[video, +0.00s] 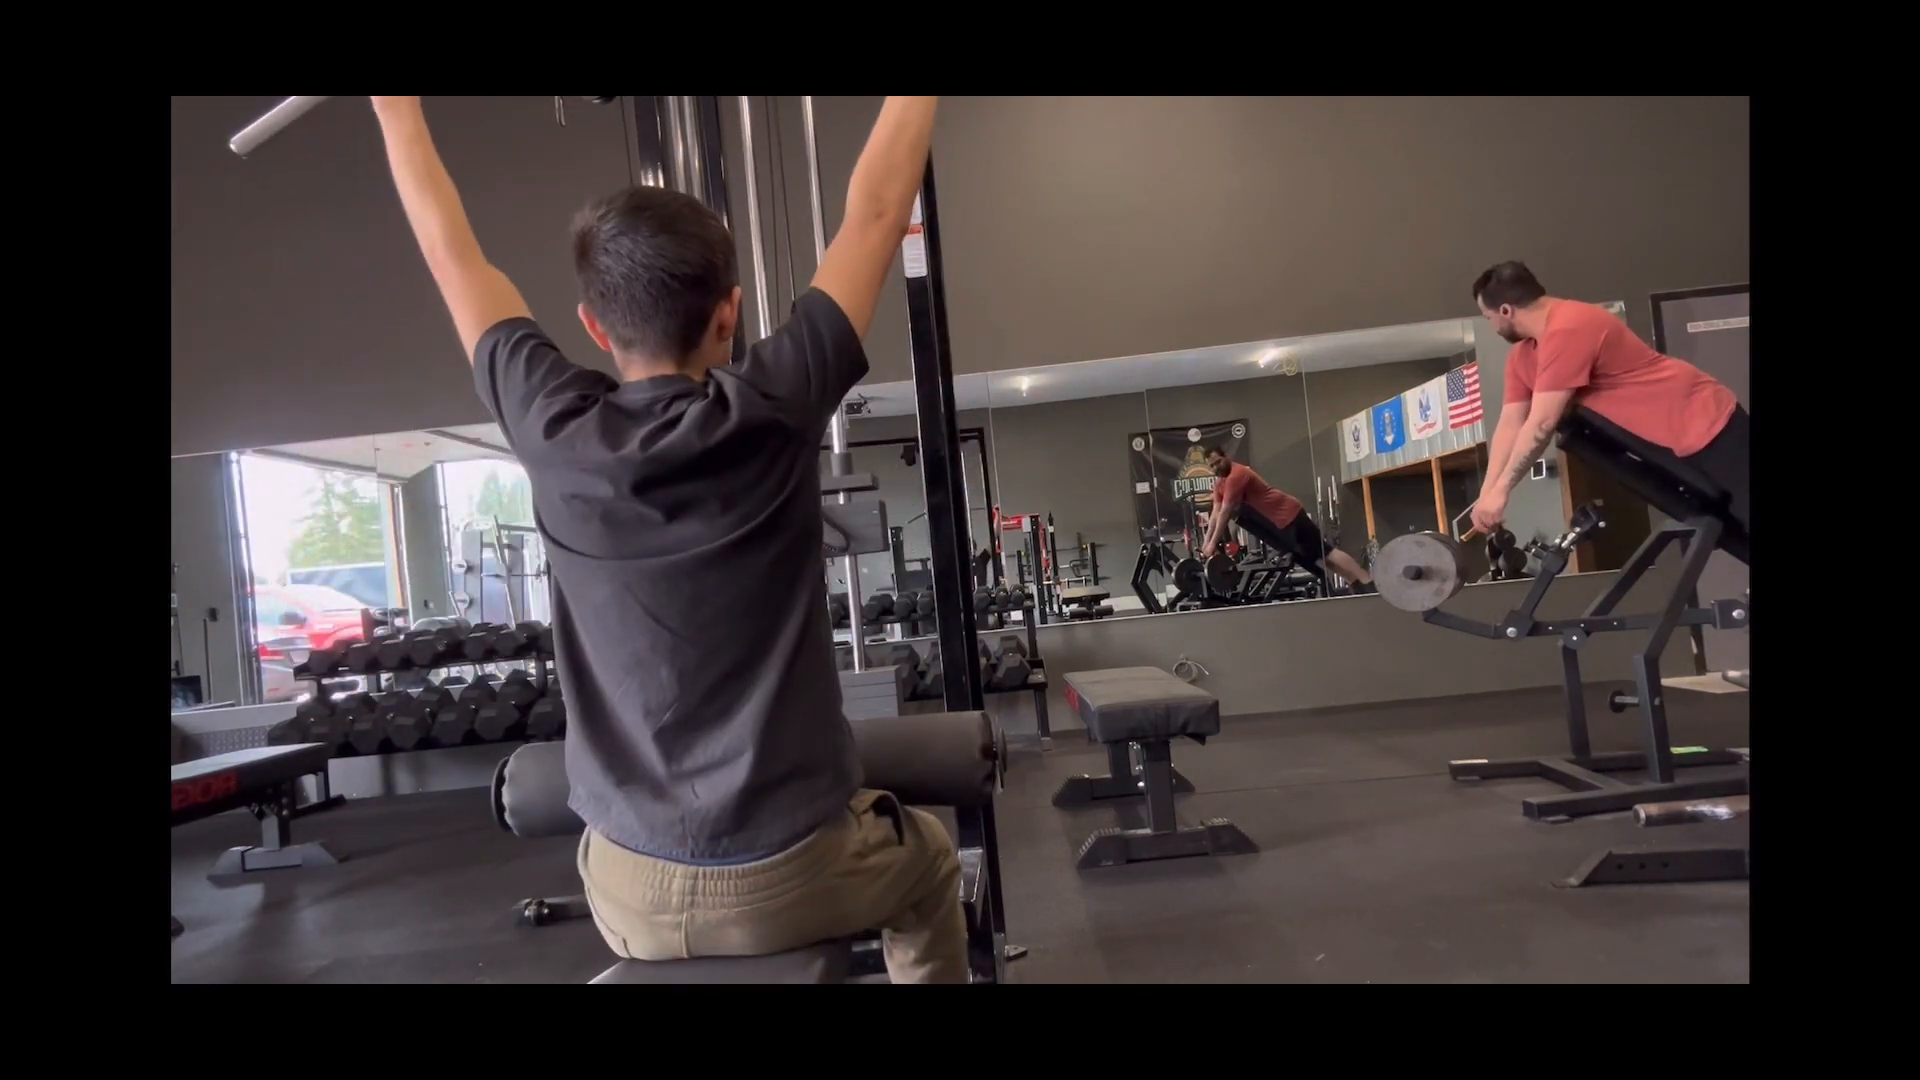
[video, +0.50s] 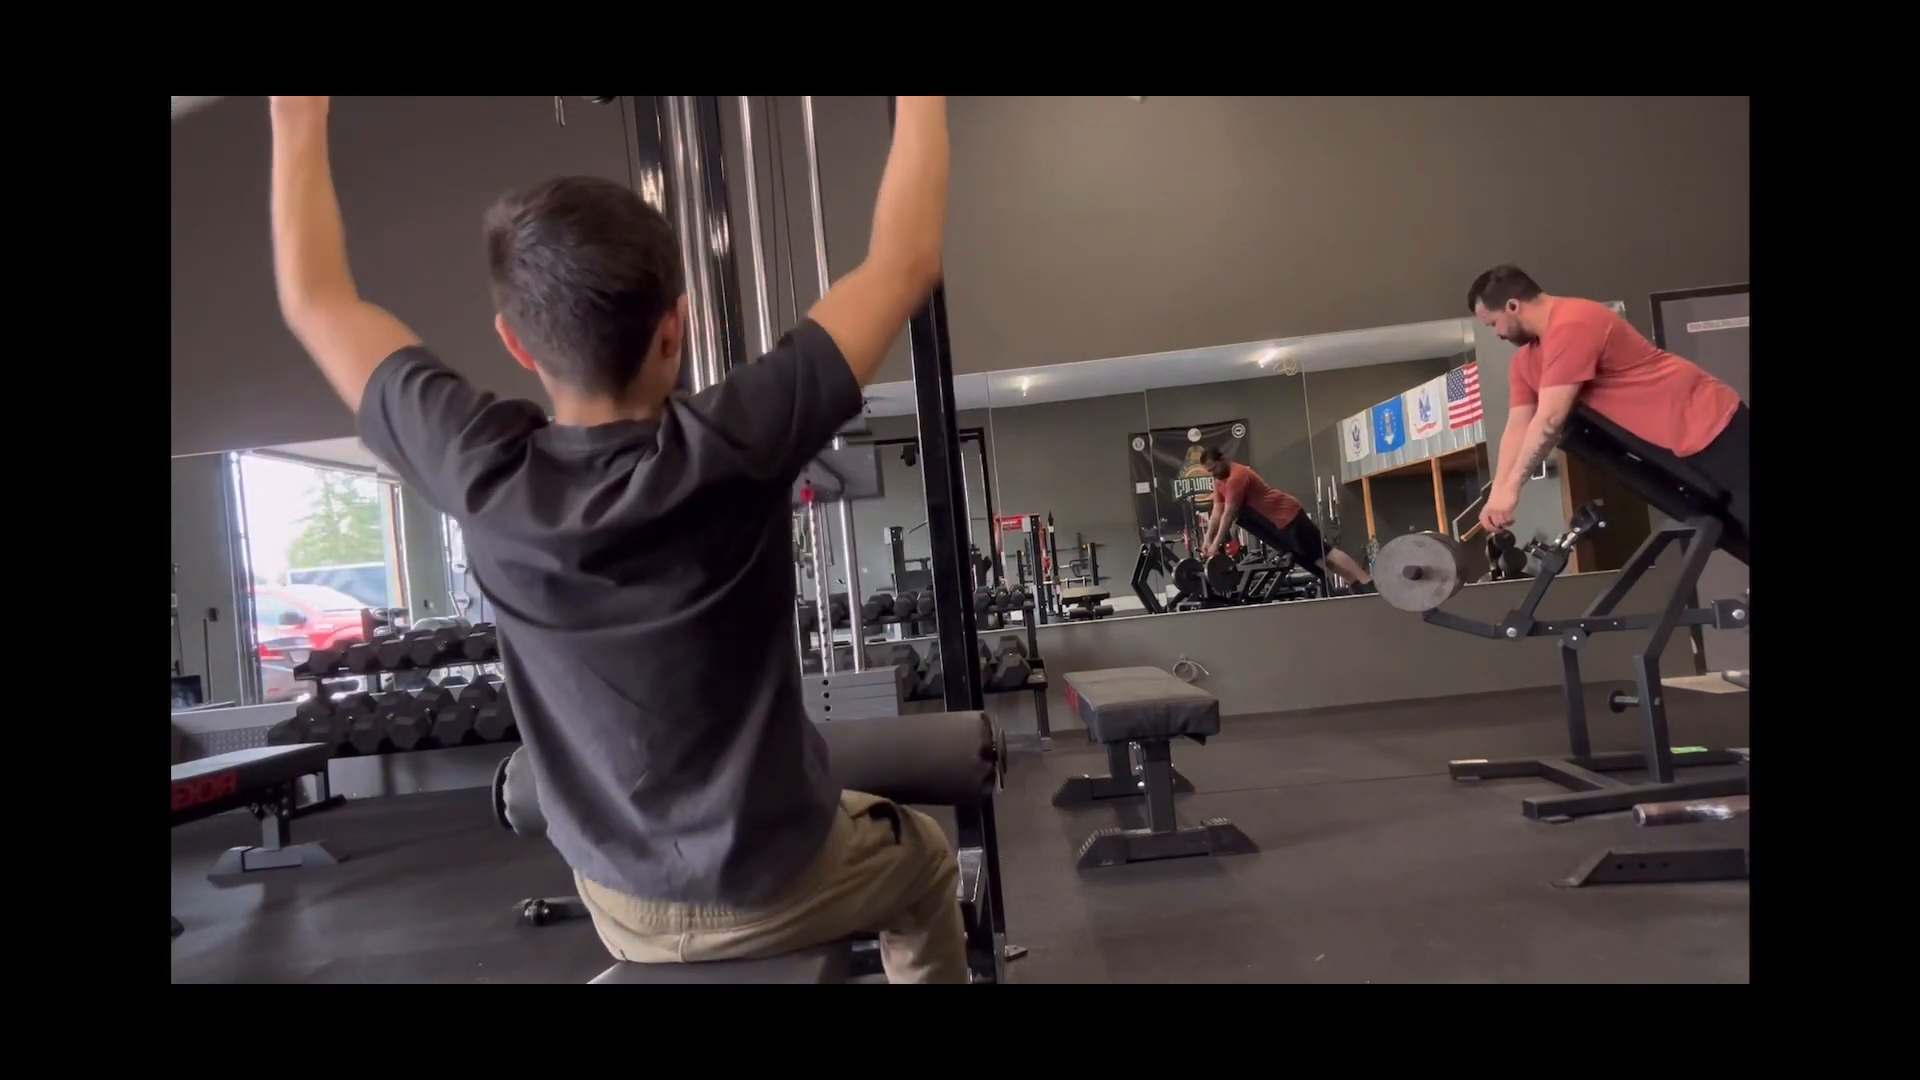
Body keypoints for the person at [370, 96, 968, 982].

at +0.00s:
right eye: (736, 298)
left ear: (594, 327)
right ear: (728, 318)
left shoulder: (556, 424)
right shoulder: (777, 400)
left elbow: (451, 256)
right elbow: (874, 218)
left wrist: (395, 106)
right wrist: (917, 87)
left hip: (628, 890)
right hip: (792, 885)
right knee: (924, 858)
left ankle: (642, 968)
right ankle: (928, 975)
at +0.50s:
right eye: (681, 302)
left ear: (513, 342)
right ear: (676, 326)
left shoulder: (485, 464)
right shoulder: (737, 442)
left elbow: (314, 298)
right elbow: (903, 267)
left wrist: (296, 116)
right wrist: (921, 91)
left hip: (617, 909)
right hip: (773, 898)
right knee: (922, 859)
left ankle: (634, 975)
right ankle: (926, 976)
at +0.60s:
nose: (675, 332)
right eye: (674, 314)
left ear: (499, 358)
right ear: (664, 342)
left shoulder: (468, 491)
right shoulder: (737, 464)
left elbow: (272, 370)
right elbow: (939, 335)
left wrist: (295, 169)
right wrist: (938, 135)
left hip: (618, 919)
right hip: (772, 893)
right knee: (922, 858)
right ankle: (929, 980)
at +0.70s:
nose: (670, 331)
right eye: (671, 316)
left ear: (493, 366)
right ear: (661, 344)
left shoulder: (459, 516)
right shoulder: (738, 482)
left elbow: (245, 463)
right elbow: (968, 426)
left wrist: (295, 269)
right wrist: (950, 234)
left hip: (615, 915)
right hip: (774, 889)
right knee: (921, 865)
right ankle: (930, 976)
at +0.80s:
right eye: (671, 315)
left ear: (496, 366)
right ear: (667, 340)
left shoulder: (455, 532)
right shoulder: (746, 498)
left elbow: (235, 562)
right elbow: (980, 521)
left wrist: (301, 365)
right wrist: (961, 327)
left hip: (613, 914)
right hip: (775, 899)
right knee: (922, 862)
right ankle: (926, 983)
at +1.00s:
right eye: (683, 314)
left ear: (511, 362)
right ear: (680, 337)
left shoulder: (477, 540)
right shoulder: (754, 502)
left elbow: (272, 709)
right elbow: (950, 660)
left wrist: (311, 496)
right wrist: (968, 466)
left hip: (614, 908)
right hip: (784, 895)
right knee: (922, 864)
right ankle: (927, 977)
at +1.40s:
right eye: (683, 315)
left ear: (507, 367)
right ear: (678, 343)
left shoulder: (466, 523)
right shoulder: (752, 493)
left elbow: (271, 610)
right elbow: (978, 549)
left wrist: (322, 419)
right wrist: (966, 363)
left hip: (613, 911)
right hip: (781, 898)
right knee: (922, 859)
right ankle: (932, 981)